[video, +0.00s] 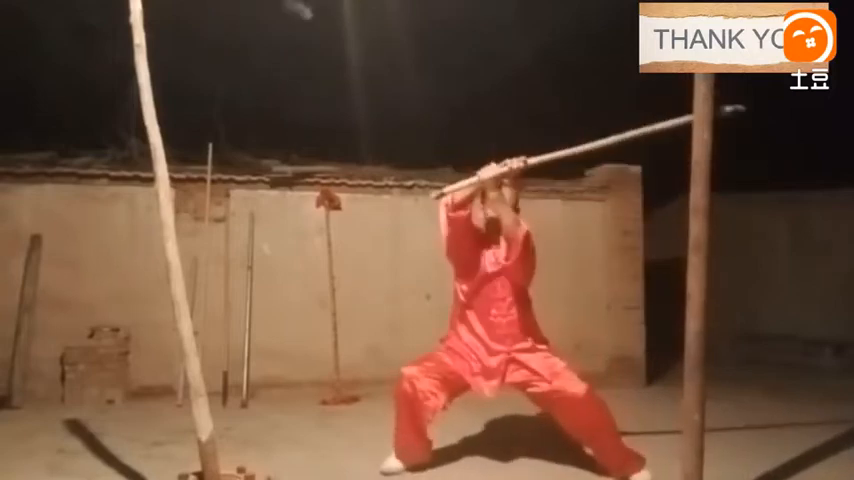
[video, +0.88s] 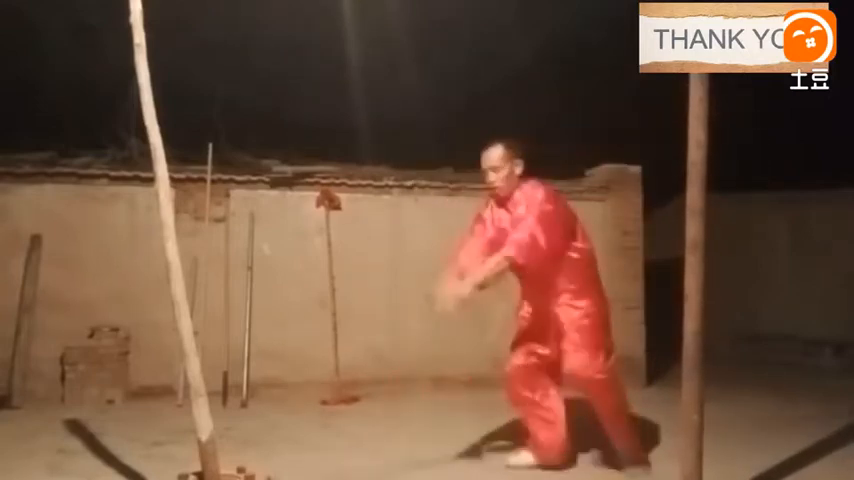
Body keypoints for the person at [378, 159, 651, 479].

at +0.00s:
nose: (492, 206)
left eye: (499, 197)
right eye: (486, 198)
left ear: (512, 202)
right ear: (475, 204)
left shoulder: (518, 241)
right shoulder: (464, 245)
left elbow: (523, 276)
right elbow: (451, 205)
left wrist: (505, 205)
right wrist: (484, 178)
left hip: (522, 351)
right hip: (466, 348)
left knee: (577, 395)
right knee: (412, 383)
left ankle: (626, 466)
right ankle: (411, 455)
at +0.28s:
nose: (495, 201)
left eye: (503, 193)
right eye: (489, 194)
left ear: (516, 197)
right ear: (477, 200)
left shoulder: (523, 237)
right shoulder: (468, 240)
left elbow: (520, 224)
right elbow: (453, 195)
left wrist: (503, 184)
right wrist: (487, 171)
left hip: (524, 347)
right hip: (469, 345)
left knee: (579, 394)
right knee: (415, 382)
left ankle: (627, 466)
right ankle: (410, 456)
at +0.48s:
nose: (513, 164)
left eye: (519, 157)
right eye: (506, 157)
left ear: (527, 168)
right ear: (491, 167)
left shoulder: (540, 218)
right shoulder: (483, 217)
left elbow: (534, 249)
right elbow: (469, 208)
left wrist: (489, 182)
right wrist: (472, 171)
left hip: (547, 330)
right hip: (494, 330)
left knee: (591, 391)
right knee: (447, 388)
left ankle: (626, 467)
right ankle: (413, 453)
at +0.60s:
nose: (515, 179)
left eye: (521, 172)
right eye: (507, 173)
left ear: (532, 175)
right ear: (494, 175)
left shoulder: (549, 211)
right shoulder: (489, 212)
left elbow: (549, 261)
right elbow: (465, 196)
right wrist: (481, 160)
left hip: (561, 316)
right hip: (512, 320)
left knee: (596, 387)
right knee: (474, 379)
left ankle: (627, 465)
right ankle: (430, 444)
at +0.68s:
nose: (509, 176)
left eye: (517, 168)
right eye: (505, 170)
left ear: (534, 169)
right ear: (499, 175)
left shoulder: (550, 203)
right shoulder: (500, 206)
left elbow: (536, 250)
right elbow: (463, 224)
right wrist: (484, 182)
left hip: (573, 299)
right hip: (533, 301)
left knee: (596, 376)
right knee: (496, 365)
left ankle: (629, 463)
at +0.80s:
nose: (502, 177)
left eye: (509, 169)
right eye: (497, 171)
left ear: (528, 168)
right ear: (491, 175)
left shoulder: (547, 202)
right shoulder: (498, 205)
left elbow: (541, 243)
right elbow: (481, 228)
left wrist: (501, 249)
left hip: (575, 293)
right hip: (536, 295)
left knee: (596, 373)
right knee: (511, 367)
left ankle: (629, 461)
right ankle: (547, 444)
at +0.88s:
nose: (490, 178)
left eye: (496, 170)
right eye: (486, 172)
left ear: (517, 167)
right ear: (484, 174)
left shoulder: (539, 198)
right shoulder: (495, 210)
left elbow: (518, 250)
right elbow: (474, 249)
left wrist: (472, 282)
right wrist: (453, 281)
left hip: (576, 301)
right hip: (539, 303)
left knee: (586, 370)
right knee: (525, 370)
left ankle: (629, 453)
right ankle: (549, 450)